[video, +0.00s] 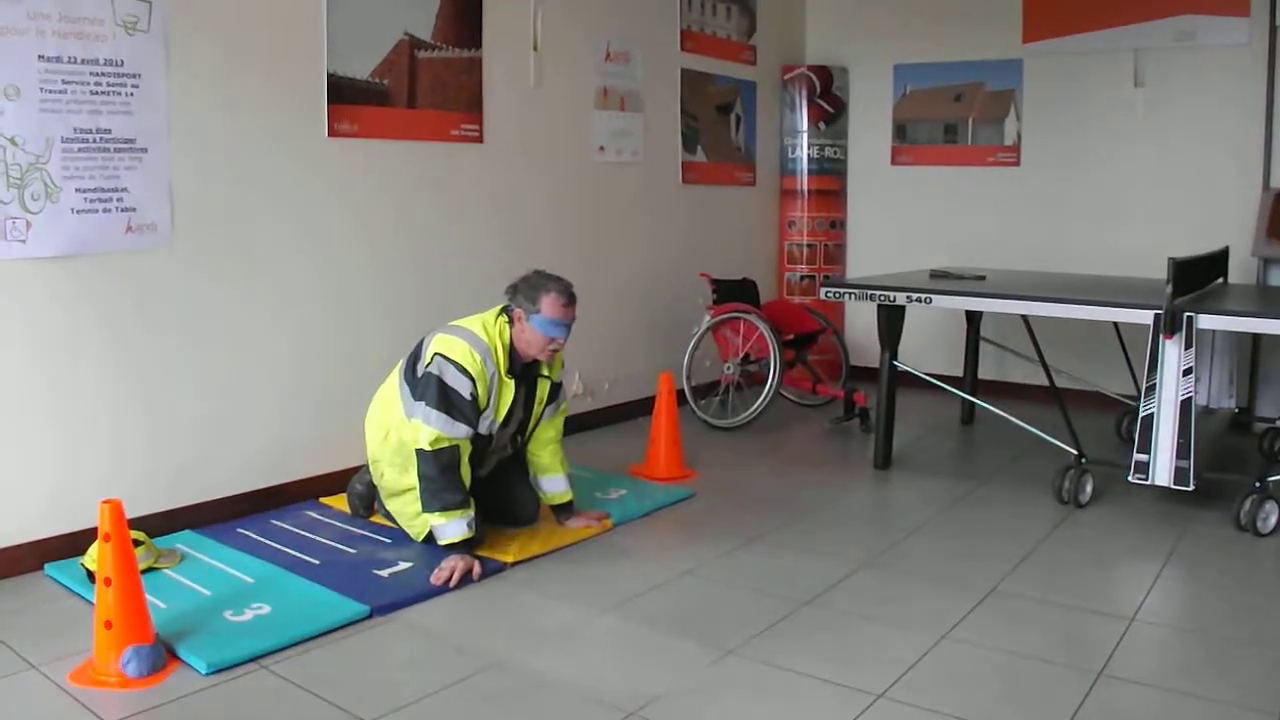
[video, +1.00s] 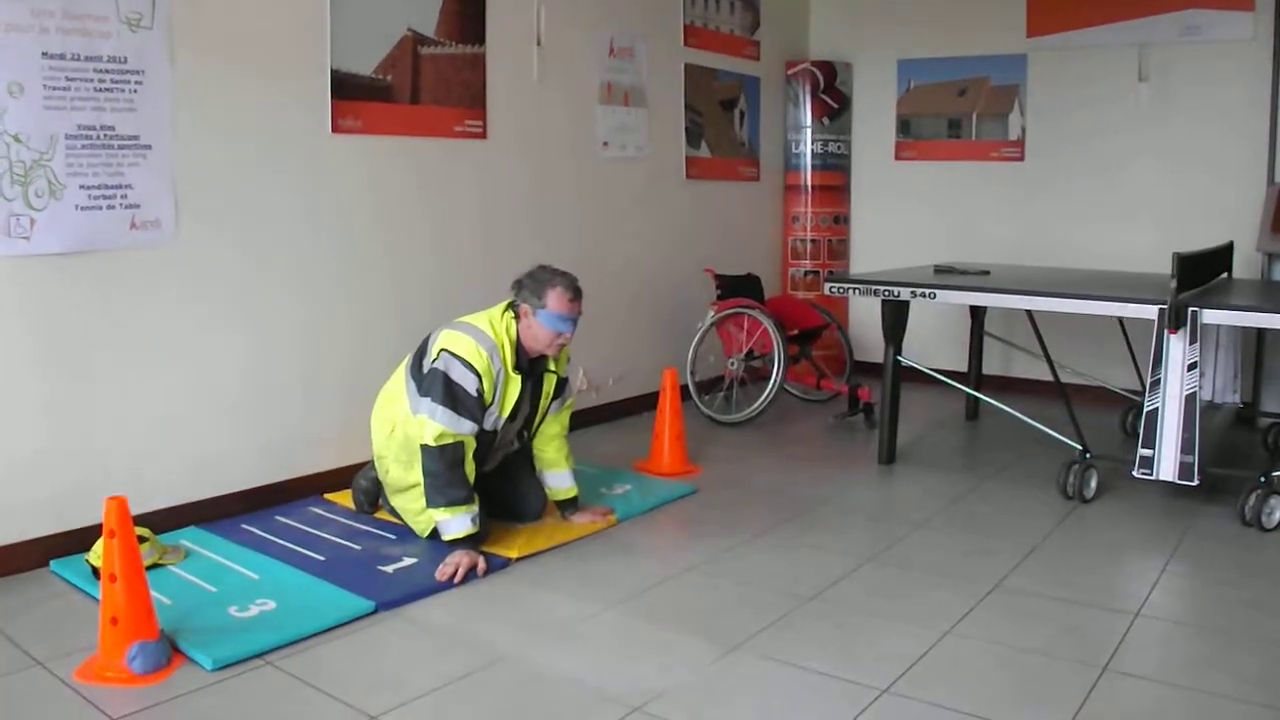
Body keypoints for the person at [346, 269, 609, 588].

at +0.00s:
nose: (560, 340)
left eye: (566, 330)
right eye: (551, 328)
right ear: (518, 319)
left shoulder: (547, 360)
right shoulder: (460, 357)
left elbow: (545, 437)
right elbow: (437, 453)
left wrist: (565, 511)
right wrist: (458, 549)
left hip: (478, 439)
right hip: (405, 446)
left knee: (521, 511)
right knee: (441, 535)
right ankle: (381, 483)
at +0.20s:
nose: (561, 341)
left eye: (567, 331)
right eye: (553, 329)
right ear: (519, 320)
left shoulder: (548, 361)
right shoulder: (461, 357)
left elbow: (545, 437)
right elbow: (438, 452)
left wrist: (565, 511)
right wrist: (458, 549)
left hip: (478, 438)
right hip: (406, 447)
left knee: (522, 511)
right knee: (448, 536)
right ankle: (381, 482)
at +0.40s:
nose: (561, 340)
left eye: (567, 329)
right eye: (553, 328)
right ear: (519, 319)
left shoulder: (548, 359)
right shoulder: (460, 356)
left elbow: (545, 435)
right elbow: (438, 452)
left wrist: (566, 510)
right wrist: (459, 547)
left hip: (480, 439)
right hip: (407, 447)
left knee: (522, 511)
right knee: (450, 536)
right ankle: (382, 481)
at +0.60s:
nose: (559, 337)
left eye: (565, 327)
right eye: (551, 325)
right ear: (518, 317)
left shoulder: (547, 357)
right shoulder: (460, 354)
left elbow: (546, 433)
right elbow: (438, 450)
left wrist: (567, 508)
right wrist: (460, 546)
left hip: (480, 438)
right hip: (408, 446)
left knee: (524, 510)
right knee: (447, 535)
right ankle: (383, 483)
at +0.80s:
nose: (562, 337)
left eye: (568, 327)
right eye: (554, 326)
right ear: (520, 317)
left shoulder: (551, 356)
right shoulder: (463, 354)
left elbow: (548, 433)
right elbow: (440, 449)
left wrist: (568, 507)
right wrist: (462, 545)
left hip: (484, 436)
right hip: (410, 443)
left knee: (526, 509)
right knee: (453, 533)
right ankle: (386, 481)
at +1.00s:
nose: (567, 335)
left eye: (573, 325)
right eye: (559, 323)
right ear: (524, 314)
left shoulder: (553, 354)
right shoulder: (467, 352)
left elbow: (550, 431)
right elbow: (442, 447)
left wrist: (570, 506)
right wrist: (462, 544)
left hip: (486, 434)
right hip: (412, 442)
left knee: (529, 507)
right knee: (453, 531)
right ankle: (386, 479)